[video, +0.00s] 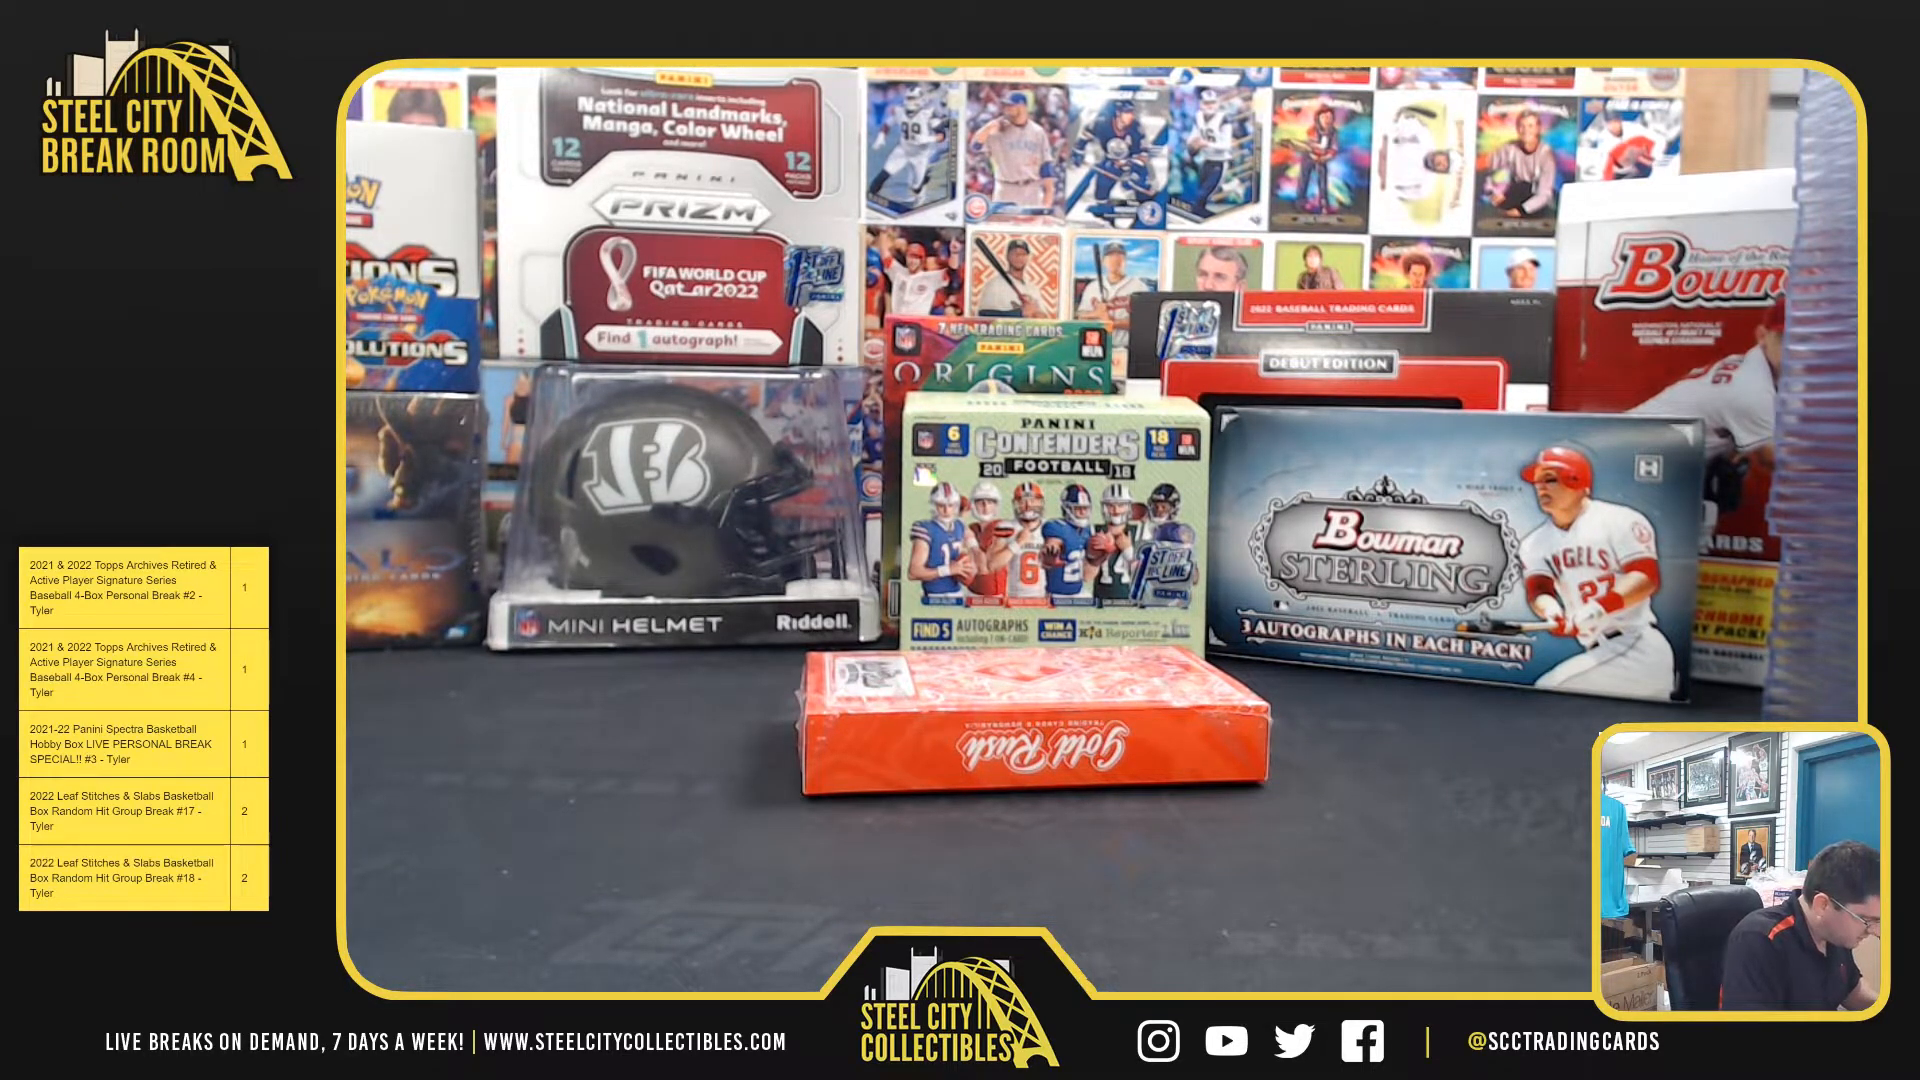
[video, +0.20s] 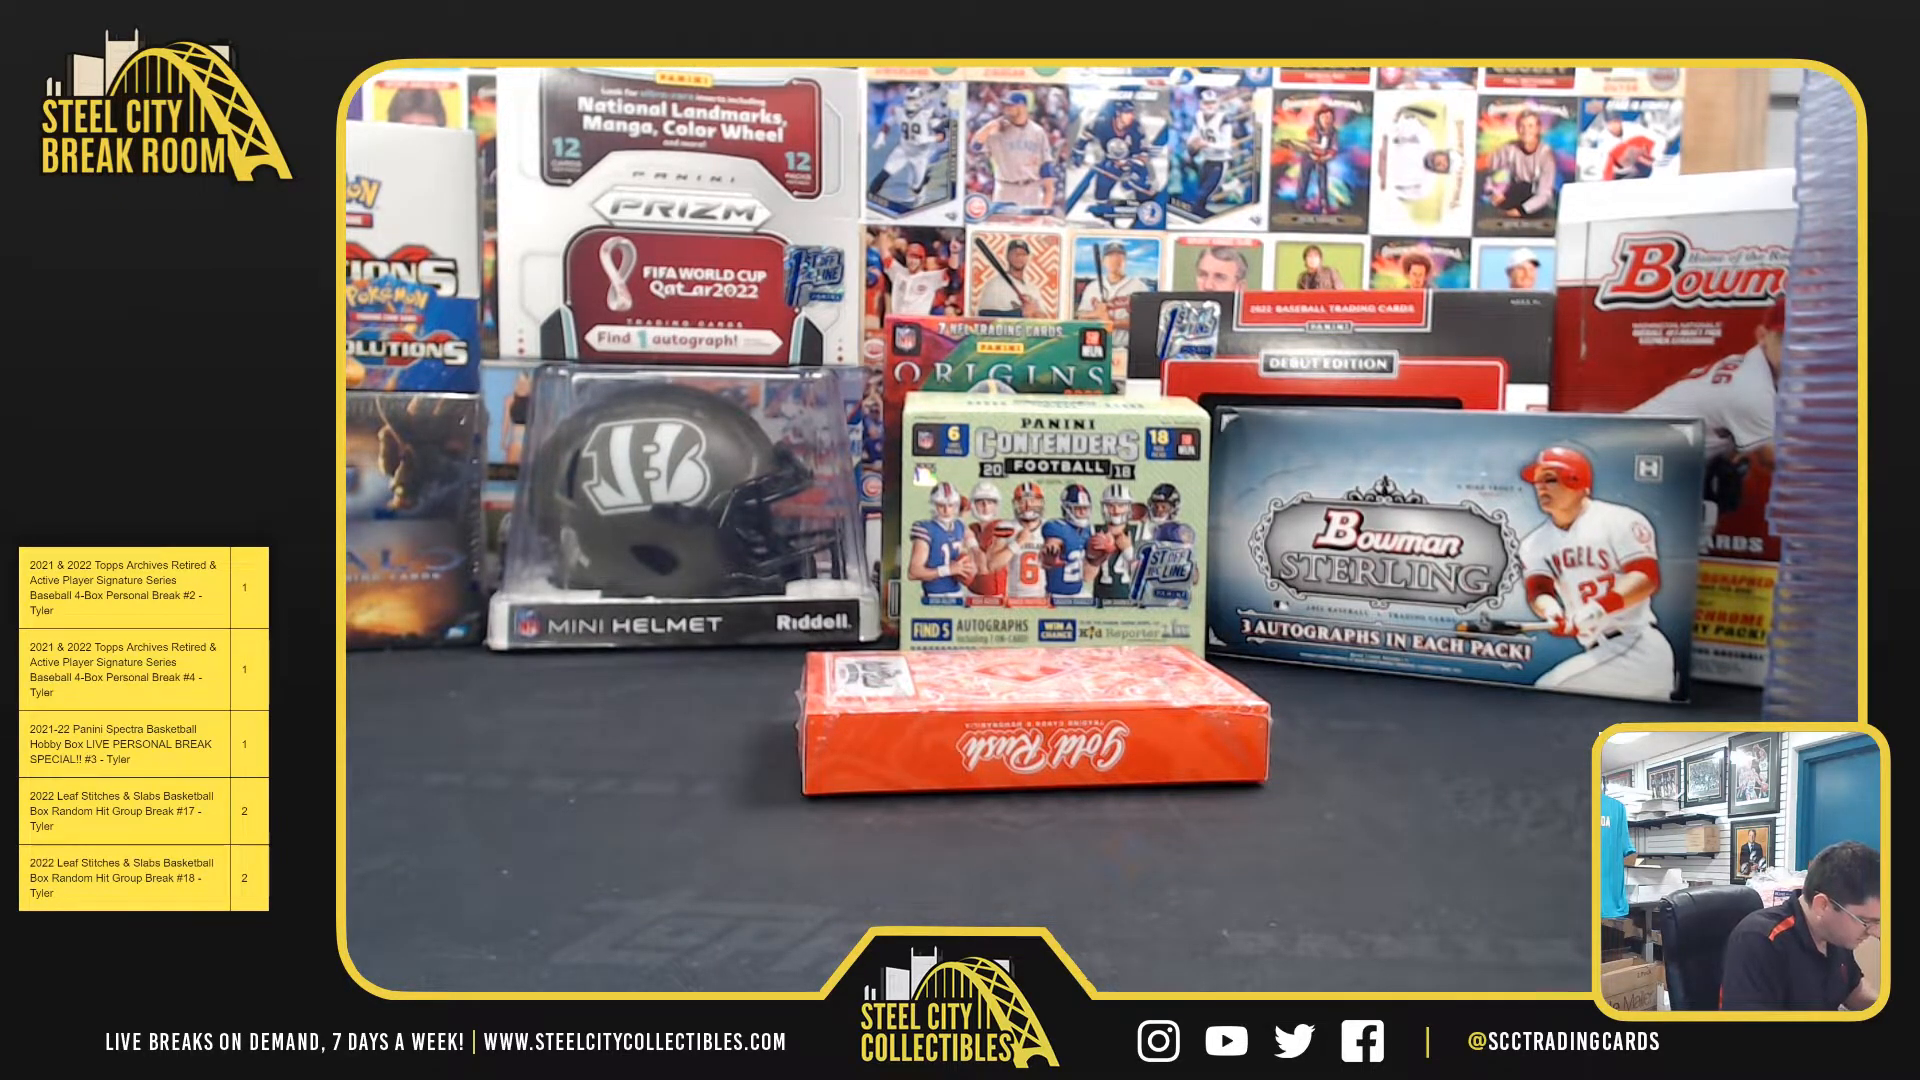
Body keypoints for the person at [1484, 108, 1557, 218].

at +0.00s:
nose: (1526, 130)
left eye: (1531, 126)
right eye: (1522, 126)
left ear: (1539, 129)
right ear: (1517, 129)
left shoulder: (1545, 154)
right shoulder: (1506, 151)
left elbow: (1545, 192)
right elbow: (1490, 178)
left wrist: (1522, 209)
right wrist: (1494, 194)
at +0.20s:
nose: (1526, 131)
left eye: (1531, 126)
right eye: (1522, 126)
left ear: (1539, 129)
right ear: (1517, 130)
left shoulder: (1545, 154)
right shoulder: (1506, 151)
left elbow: (1545, 192)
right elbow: (1490, 178)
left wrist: (1523, 210)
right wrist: (1494, 194)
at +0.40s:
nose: (1526, 130)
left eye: (1531, 126)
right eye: (1522, 126)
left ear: (1539, 129)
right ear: (1517, 130)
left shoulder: (1545, 154)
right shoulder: (1506, 151)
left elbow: (1545, 192)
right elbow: (1490, 179)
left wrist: (1523, 209)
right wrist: (1494, 194)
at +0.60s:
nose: (1526, 130)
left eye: (1531, 126)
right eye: (1522, 126)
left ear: (1539, 129)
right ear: (1517, 130)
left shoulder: (1545, 154)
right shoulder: (1506, 151)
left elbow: (1545, 192)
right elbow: (1490, 179)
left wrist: (1523, 209)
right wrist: (1494, 194)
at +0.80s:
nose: (1526, 130)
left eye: (1531, 126)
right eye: (1522, 126)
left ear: (1539, 129)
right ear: (1517, 130)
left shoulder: (1545, 154)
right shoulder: (1506, 151)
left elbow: (1545, 192)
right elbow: (1490, 179)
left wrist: (1523, 209)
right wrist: (1494, 194)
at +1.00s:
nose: (1526, 131)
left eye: (1530, 126)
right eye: (1522, 126)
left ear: (1538, 129)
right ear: (1518, 130)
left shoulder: (1545, 154)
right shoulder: (1505, 151)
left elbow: (1545, 192)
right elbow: (1491, 179)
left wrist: (1523, 209)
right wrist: (1495, 193)